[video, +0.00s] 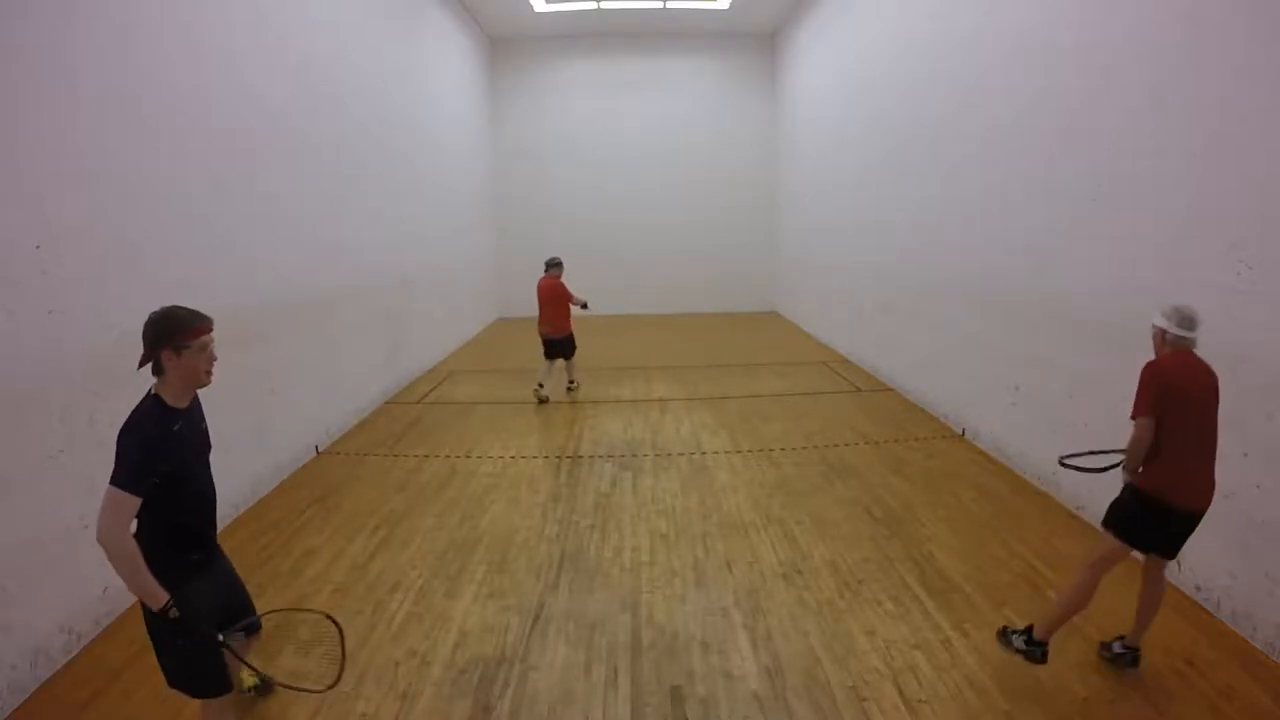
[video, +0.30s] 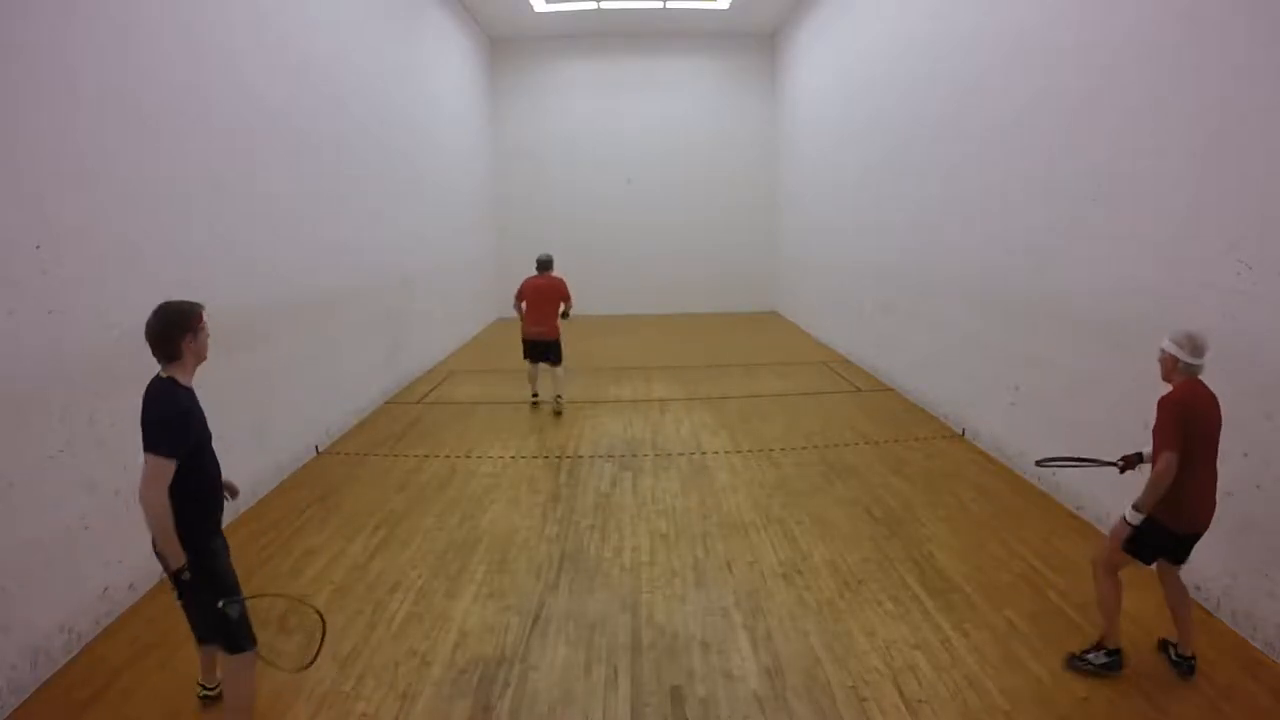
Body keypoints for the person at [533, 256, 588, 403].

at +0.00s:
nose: (561, 273)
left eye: (561, 270)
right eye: (561, 270)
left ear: (547, 269)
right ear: (558, 269)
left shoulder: (541, 283)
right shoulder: (558, 284)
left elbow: (558, 299)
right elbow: (572, 299)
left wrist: (577, 303)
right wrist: (583, 303)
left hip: (545, 331)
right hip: (562, 330)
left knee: (550, 359)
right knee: (569, 356)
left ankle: (540, 386)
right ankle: (571, 382)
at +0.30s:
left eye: (539, 266)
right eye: (550, 266)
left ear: (536, 267)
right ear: (552, 267)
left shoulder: (528, 282)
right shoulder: (558, 282)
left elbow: (517, 302)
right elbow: (568, 302)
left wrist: (522, 317)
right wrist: (565, 313)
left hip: (530, 334)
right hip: (550, 334)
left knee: (532, 363)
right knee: (556, 366)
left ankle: (534, 394)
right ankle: (558, 397)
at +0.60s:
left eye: (522, 277)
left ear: (519, 279)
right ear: (535, 279)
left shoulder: (511, 297)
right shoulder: (543, 295)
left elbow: (498, 320)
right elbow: (534, 311)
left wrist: (491, 334)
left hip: (516, 347)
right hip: (540, 346)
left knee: (499, 376)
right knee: (551, 375)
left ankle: (496, 409)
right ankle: (559, 406)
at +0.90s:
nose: (466, 287)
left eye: (468, 284)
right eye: (466, 284)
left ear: (477, 285)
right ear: (476, 285)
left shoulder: (486, 303)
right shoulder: (476, 298)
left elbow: (484, 334)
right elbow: (465, 314)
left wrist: (469, 354)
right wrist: (446, 322)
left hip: (498, 350)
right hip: (490, 347)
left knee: (475, 382)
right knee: (482, 383)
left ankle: (489, 413)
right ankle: (485, 410)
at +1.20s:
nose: (427, 312)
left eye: (427, 308)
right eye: (427, 308)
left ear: (427, 305)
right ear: (445, 302)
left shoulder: (430, 321)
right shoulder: (461, 314)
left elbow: (428, 348)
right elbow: (483, 321)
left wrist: (423, 370)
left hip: (447, 370)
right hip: (471, 366)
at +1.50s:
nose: (404, 326)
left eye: (407, 321)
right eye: (399, 322)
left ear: (416, 316)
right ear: (395, 322)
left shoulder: (435, 331)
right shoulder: (393, 341)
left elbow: (463, 345)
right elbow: (375, 368)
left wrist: (476, 372)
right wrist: (361, 396)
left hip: (442, 398)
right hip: (412, 396)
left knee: (436, 441)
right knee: (398, 437)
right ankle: (387, 476)